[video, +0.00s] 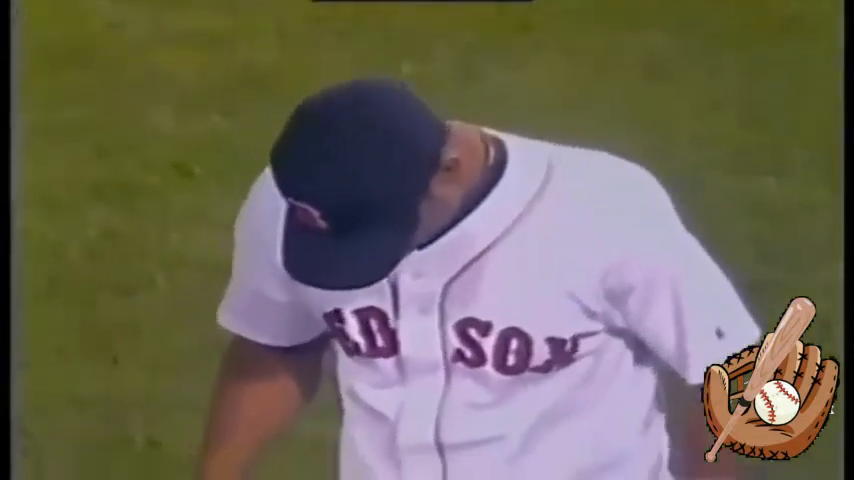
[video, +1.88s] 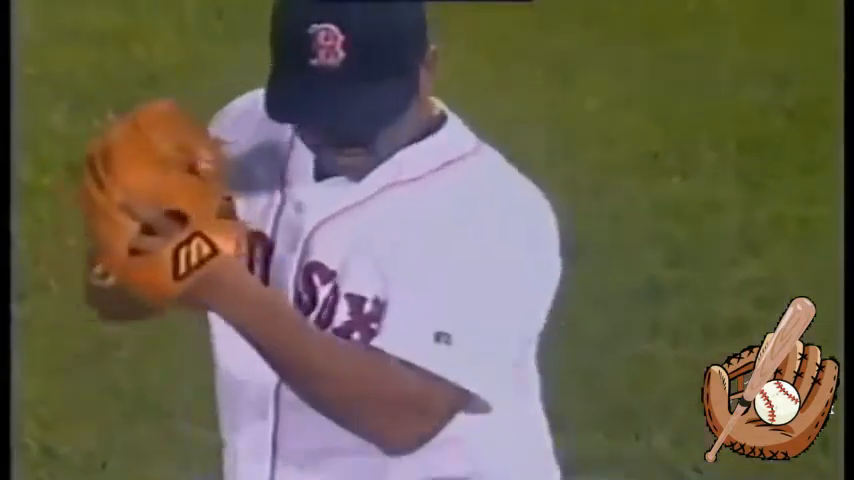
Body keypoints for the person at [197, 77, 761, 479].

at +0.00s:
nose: (355, 274)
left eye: (378, 245)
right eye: (335, 252)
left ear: (447, 172)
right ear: (303, 200)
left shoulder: (611, 208)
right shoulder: (292, 205)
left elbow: (740, 378)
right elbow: (273, 350)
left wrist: (705, 464)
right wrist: (218, 469)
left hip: (599, 470)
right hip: (386, 468)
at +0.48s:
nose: (314, 253)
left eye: (339, 233)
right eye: (295, 228)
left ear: (414, 173)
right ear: (263, 170)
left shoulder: (556, 213)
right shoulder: (233, 175)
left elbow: (669, 383)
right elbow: (173, 326)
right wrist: (143, 460)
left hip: (496, 471)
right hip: (280, 470)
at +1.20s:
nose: (277, 186)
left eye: (298, 167)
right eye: (254, 172)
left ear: (360, 106)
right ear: (217, 118)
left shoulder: (489, 176)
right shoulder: (167, 175)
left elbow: (626, 341)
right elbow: (127, 320)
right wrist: (127, 450)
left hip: (457, 469)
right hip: (245, 468)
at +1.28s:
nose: (278, 173)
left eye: (303, 148)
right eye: (255, 153)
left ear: (364, 88)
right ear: (220, 104)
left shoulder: (485, 175)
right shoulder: (162, 171)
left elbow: (595, 366)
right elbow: (120, 315)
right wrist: (140, 405)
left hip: (436, 470)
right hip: (237, 470)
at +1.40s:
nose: (279, 161)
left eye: (302, 138)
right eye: (254, 140)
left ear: (366, 78)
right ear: (219, 93)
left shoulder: (478, 184)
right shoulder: (158, 161)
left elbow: (521, 407)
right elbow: (95, 329)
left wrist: (318, 411)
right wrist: (180, 388)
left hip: (429, 469)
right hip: (227, 470)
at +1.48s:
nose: (279, 155)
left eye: (301, 132)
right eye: (257, 137)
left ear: (368, 77)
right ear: (223, 93)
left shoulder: (473, 195)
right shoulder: (159, 157)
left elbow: (473, 420)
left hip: (411, 471)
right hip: (223, 465)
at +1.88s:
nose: (337, 139)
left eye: (365, 119)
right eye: (315, 116)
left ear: (427, 71)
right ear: (282, 86)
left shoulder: (499, 213)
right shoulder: (245, 133)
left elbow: (401, 418)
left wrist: (225, 286)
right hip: (262, 468)